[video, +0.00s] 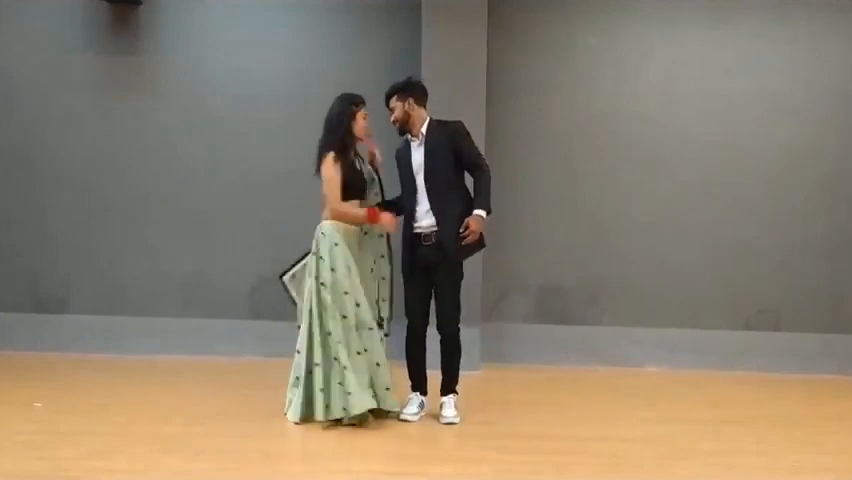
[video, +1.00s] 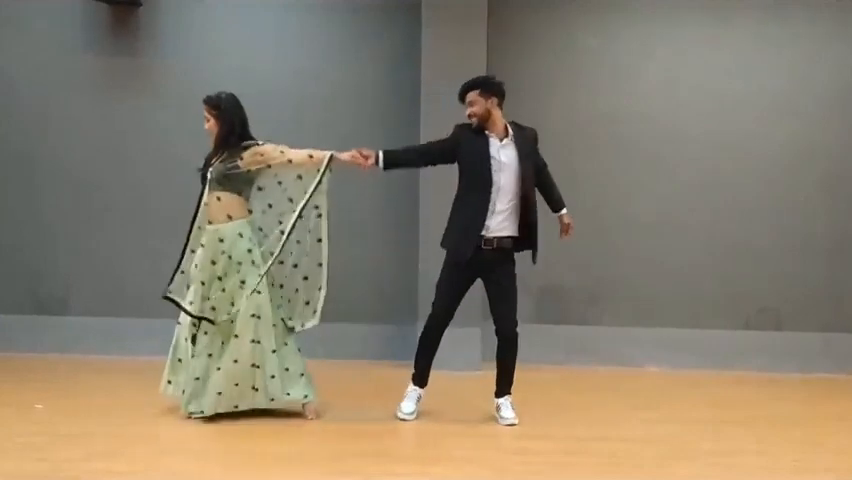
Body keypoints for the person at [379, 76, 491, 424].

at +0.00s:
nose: (390, 117)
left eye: (394, 109)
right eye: (389, 111)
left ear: (413, 105)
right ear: (407, 109)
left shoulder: (452, 131)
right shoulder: (403, 152)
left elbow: (481, 171)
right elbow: (410, 199)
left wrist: (479, 213)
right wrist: (378, 209)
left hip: (447, 239)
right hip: (414, 241)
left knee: (448, 323)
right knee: (416, 323)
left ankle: (449, 396)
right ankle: (418, 394)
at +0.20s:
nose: (387, 117)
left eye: (390, 109)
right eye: (385, 112)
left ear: (408, 105)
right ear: (404, 109)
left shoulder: (446, 128)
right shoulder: (403, 149)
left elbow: (477, 166)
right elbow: (412, 198)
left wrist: (473, 207)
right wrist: (391, 207)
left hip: (446, 240)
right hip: (414, 242)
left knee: (452, 322)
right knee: (416, 323)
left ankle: (460, 394)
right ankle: (419, 395)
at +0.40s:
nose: (390, 119)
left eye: (393, 111)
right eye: (389, 113)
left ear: (412, 107)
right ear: (407, 111)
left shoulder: (449, 130)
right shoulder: (407, 154)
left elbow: (482, 163)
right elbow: (418, 202)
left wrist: (482, 204)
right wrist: (394, 212)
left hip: (457, 242)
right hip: (424, 246)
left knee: (470, 323)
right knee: (418, 325)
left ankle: (483, 394)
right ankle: (419, 396)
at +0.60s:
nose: (406, 128)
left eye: (410, 120)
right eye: (404, 123)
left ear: (430, 115)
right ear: (422, 120)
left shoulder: (470, 138)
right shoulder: (419, 165)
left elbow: (503, 172)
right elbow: (418, 213)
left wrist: (517, 213)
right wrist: (392, 225)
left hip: (475, 252)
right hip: (438, 255)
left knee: (491, 331)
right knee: (422, 328)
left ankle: (501, 398)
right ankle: (419, 397)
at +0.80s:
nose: (443, 123)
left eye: (447, 115)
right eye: (441, 118)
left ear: (468, 111)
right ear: (458, 115)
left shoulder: (506, 142)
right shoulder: (447, 156)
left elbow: (533, 177)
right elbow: (417, 192)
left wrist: (555, 216)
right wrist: (376, 197)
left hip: (496, 256)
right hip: (458, 255)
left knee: (505, 334)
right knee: (434, 326)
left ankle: (503, 399)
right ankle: (419, 396)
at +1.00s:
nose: (469, 111)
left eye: (473, 104)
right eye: (466, 106)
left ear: (494, 102)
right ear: (474, 107)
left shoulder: (525, 139)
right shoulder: (465, 139)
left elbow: (541, 175)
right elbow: (425, 153)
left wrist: (561, 211)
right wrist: (379, 158)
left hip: (503, 251)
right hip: (465, 247)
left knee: (508, 330)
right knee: (439, 318)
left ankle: (503, 399)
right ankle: (415, 389)